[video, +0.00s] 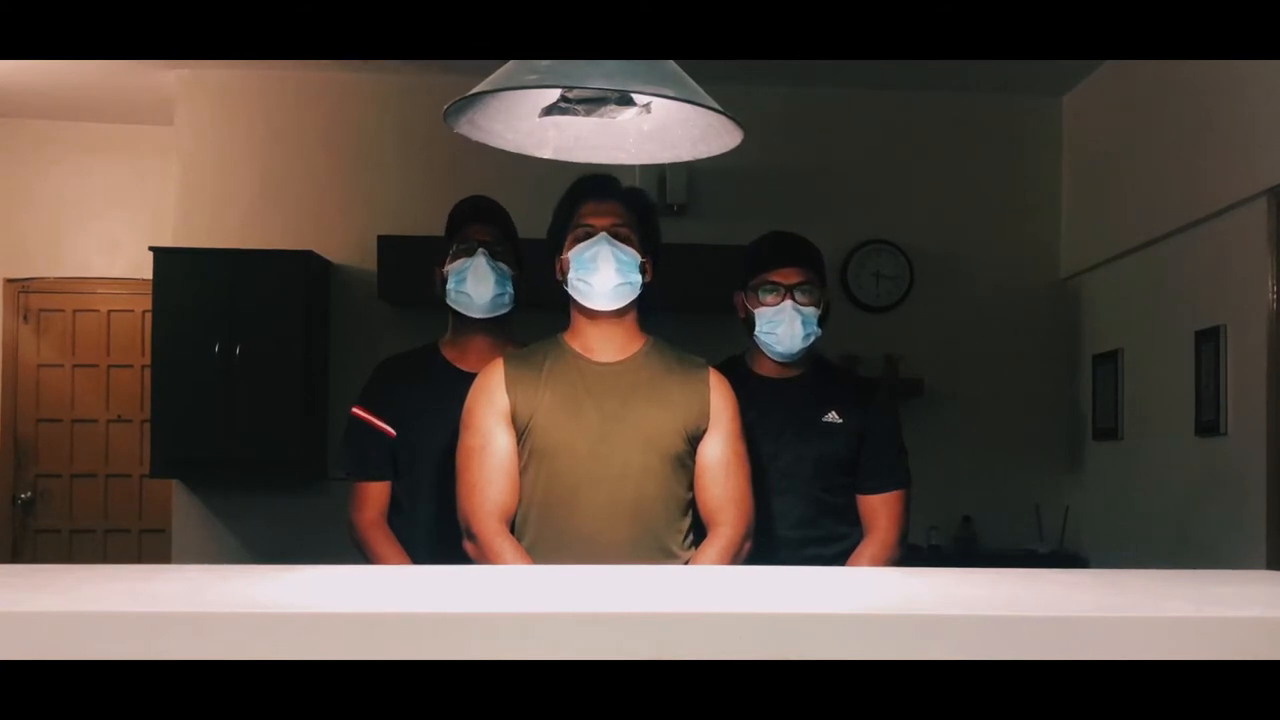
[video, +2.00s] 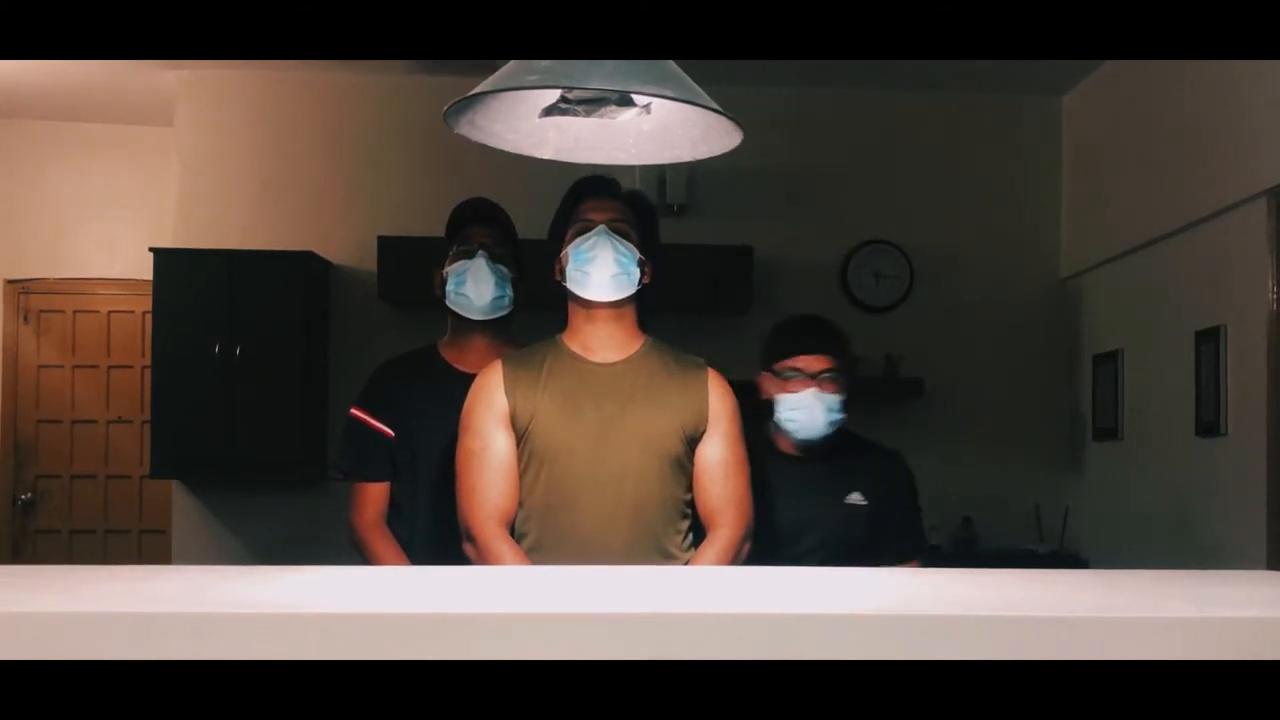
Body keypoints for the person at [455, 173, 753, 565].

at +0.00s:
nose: (602, 247)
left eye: (620, 236)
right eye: (585, 236)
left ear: (645, 268)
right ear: (561, 266)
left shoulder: (704, 388)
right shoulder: (503, 382)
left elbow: (731, 531)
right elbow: (483, 531)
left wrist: (669, 616)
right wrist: (553, 616)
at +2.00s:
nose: (601, 242)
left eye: (619, 233)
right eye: (583, 233)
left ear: (644, 268)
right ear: (559, 264)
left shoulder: (703, 389)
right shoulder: (502, 383)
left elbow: (730, 530)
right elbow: (484, 532)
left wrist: (667, 616)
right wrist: (553, 617)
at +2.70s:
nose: (600, 243)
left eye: (618, 235)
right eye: (583, 235)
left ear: (644, 270)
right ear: (560, 267)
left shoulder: (704, 390)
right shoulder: (503, 383)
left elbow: (730, 532)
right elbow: (483, 532)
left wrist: (664, 619)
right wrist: (551, 619)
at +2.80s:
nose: (601, 243)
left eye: (618, 235)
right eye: (583, 235)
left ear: (644, 270)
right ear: (560, 267)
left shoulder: (704, 389)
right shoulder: (502, 383)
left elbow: (730, 532)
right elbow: (483, 532)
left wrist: (665, 619)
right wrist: (552, 619)